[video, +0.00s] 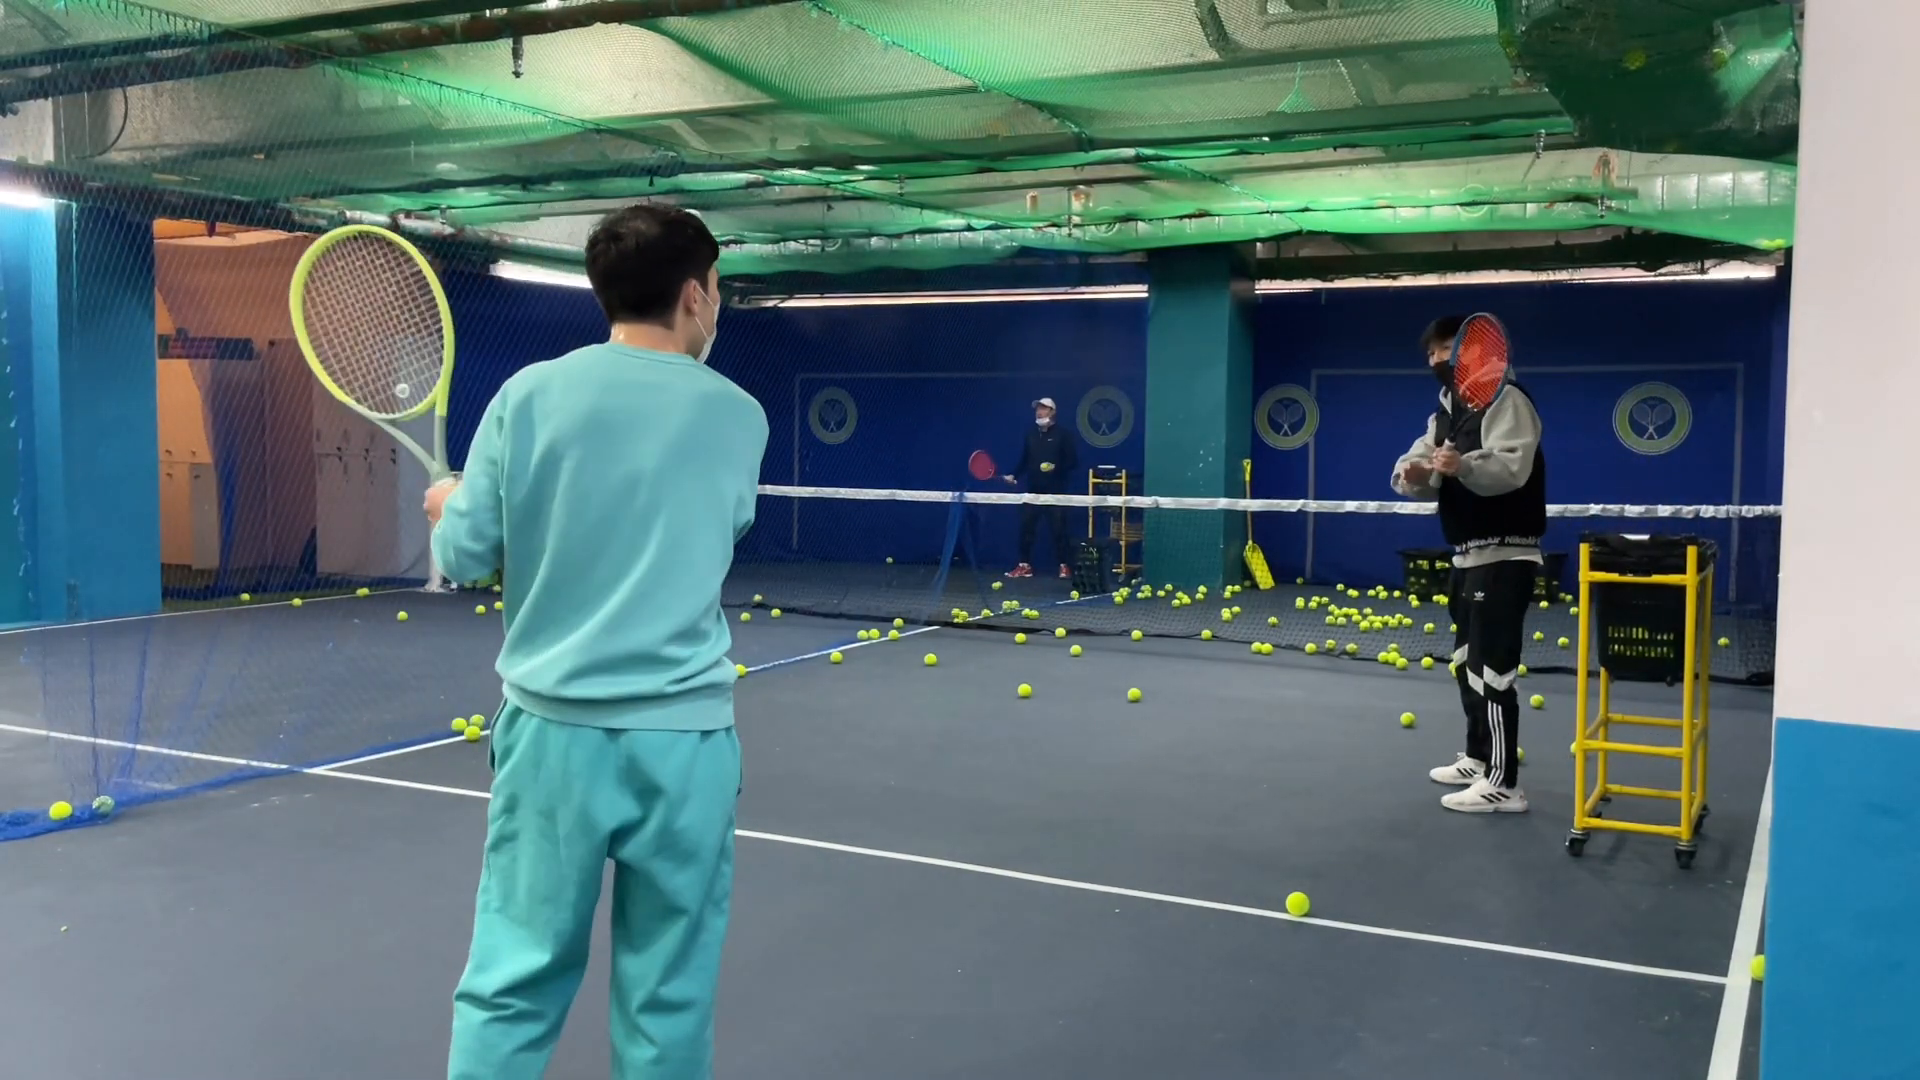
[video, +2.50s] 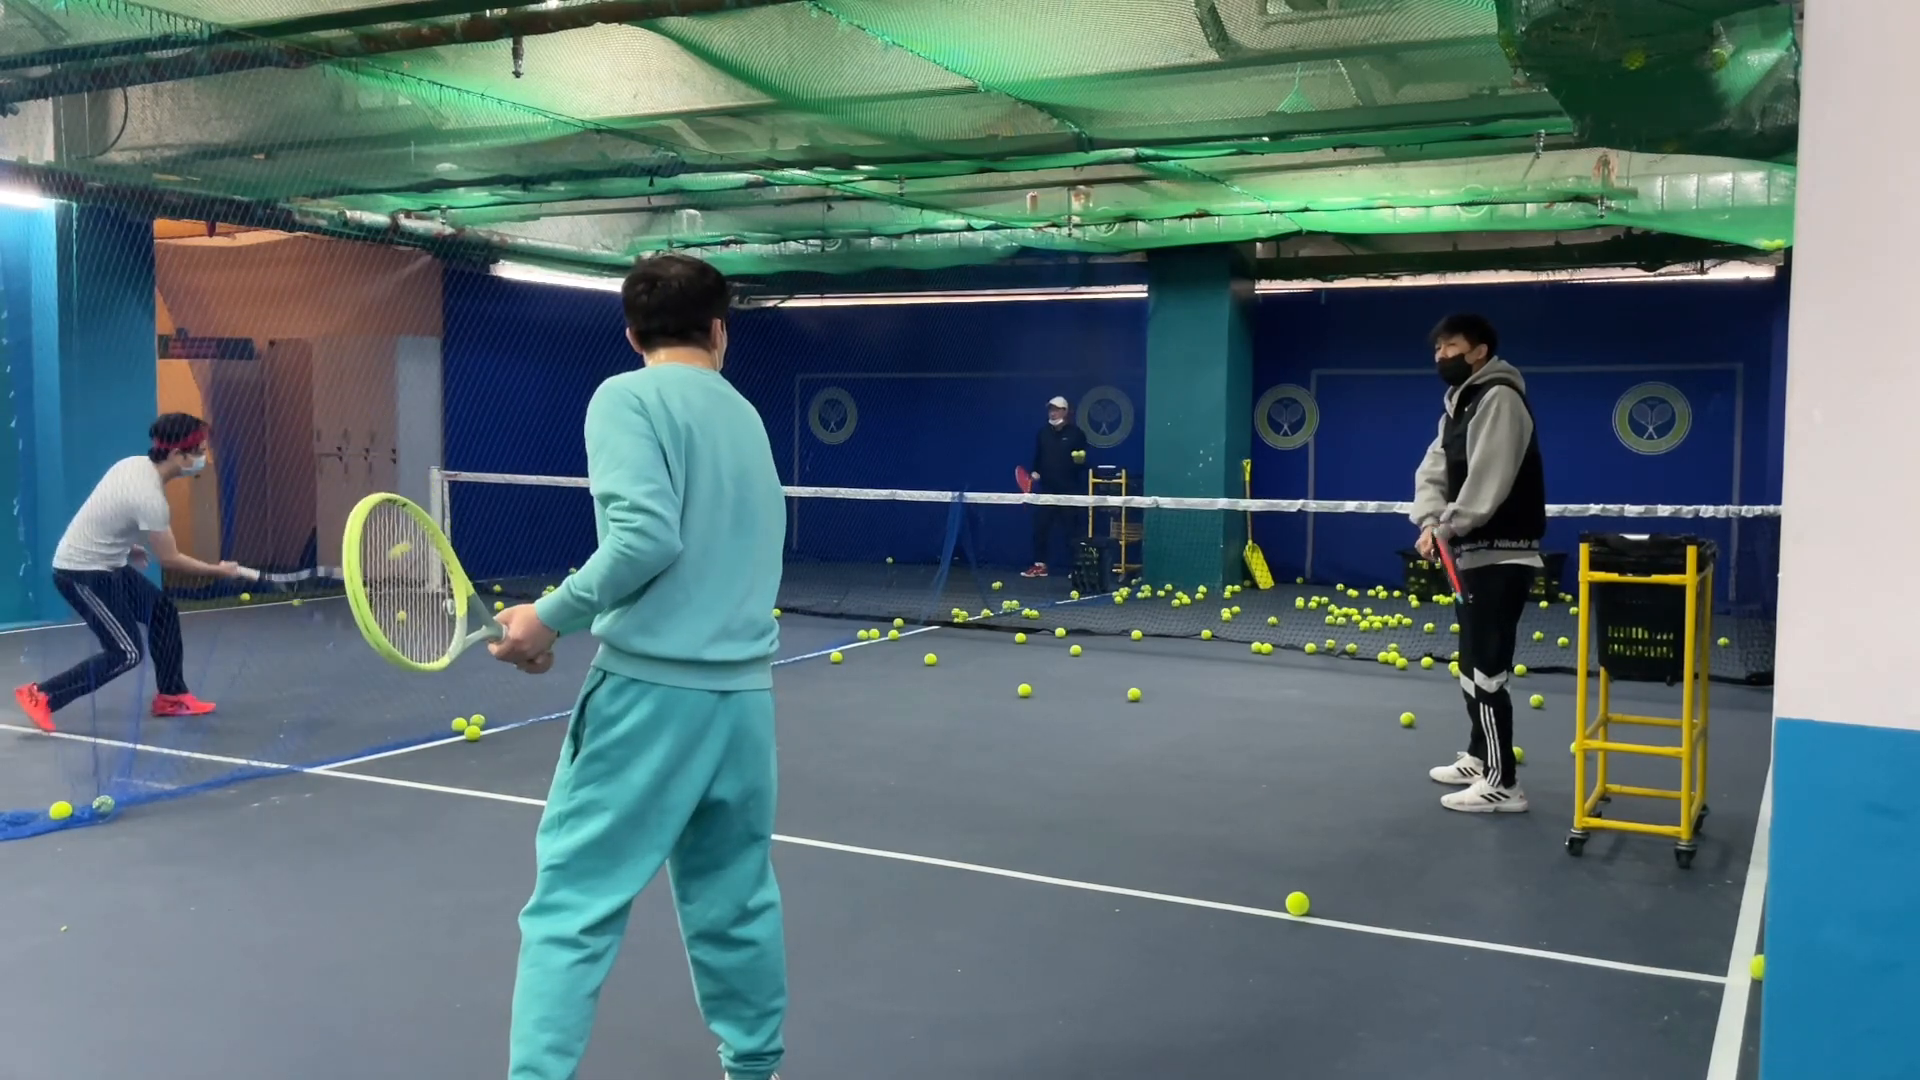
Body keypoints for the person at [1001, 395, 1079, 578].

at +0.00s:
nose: (1040, 412)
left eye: (1044, 409)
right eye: (1038, 409)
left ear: (1052, 412)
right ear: (1035, 412)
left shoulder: (1062, 434)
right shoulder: (1031, 434)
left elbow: (1071, 461)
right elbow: (1025, 458)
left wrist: (1056, 468)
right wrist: (1014, 474)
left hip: (1055, 488)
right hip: (1033, 487)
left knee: (1058, 527)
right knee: (1026, 525)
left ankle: (1063, 564)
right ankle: (1024, 564)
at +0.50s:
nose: (1037, 432)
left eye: (1039, 428)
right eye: (1036, 429)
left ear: (1049, 426)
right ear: (1043, 428)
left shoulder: (1064, 439)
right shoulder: (1046, 447)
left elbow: (1074, 461)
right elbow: (1044, 477)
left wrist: (1058, 470)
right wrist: (1033, 500)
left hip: (1074, 491)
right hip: (1058, 491)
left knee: (1072, 529)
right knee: (1047, 526)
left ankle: (1075, 567)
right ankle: (1041, 564)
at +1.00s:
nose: (1045, 417)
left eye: (1048, 413)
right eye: (1044, 414)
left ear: (1058, 414)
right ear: (1044, 416)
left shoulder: (1072, 432)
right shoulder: (1044, 439)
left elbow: (1090, 454)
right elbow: (1045, 468)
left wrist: (1080, 458)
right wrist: (1040, 465)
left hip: (1077, 485)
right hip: (1057, 486)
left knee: (1075, 526)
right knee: (1049, 524)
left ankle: (1077, 567)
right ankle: (1041, 564)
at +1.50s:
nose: (1061, 413)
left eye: (1065, 409)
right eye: (1059, 409)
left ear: (1072, 413)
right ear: (1055, 411)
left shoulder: (1081, 435)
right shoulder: (1047, 435)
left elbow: (1093, 462)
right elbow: (1041, 462)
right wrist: (1036, 485)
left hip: (1075, 489)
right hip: (1052, 487)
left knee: (1074, 528)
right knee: (1047, 526)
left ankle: (1077, 567)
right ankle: (1041, 564)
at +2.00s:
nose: (1060, 412)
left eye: (1064, 409)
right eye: (1058, 409)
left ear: (1072, 412)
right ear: (1055, 411)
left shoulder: (1081, 434)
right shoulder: (1048, 434)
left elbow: (1100, 457)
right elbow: (1041, 460)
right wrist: (1033, 484)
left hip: (1075, 488)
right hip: (1052, 487)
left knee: (1075, 528)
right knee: (1047, 526)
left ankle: (1078, 568)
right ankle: (1041, 564)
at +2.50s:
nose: (1052, 413)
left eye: (1056, 409)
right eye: (1050, 409)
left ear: (1065, 412)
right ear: (1048, 411)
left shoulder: (1076, 433)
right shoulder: (1043, 433)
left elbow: (1084, 461)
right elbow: (1039, 457)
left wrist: (1080, 459)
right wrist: (1035, 472)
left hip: (1070, 485)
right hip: (1047, 485)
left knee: (1072, 526)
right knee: (1041, 525)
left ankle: (1076, 567)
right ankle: (1040, 564)